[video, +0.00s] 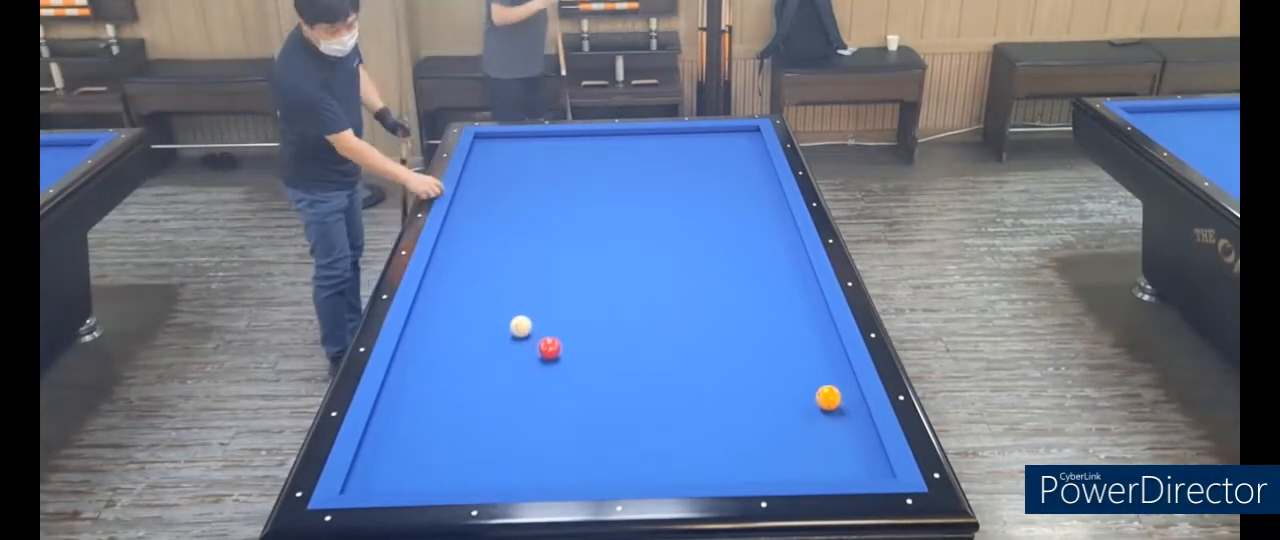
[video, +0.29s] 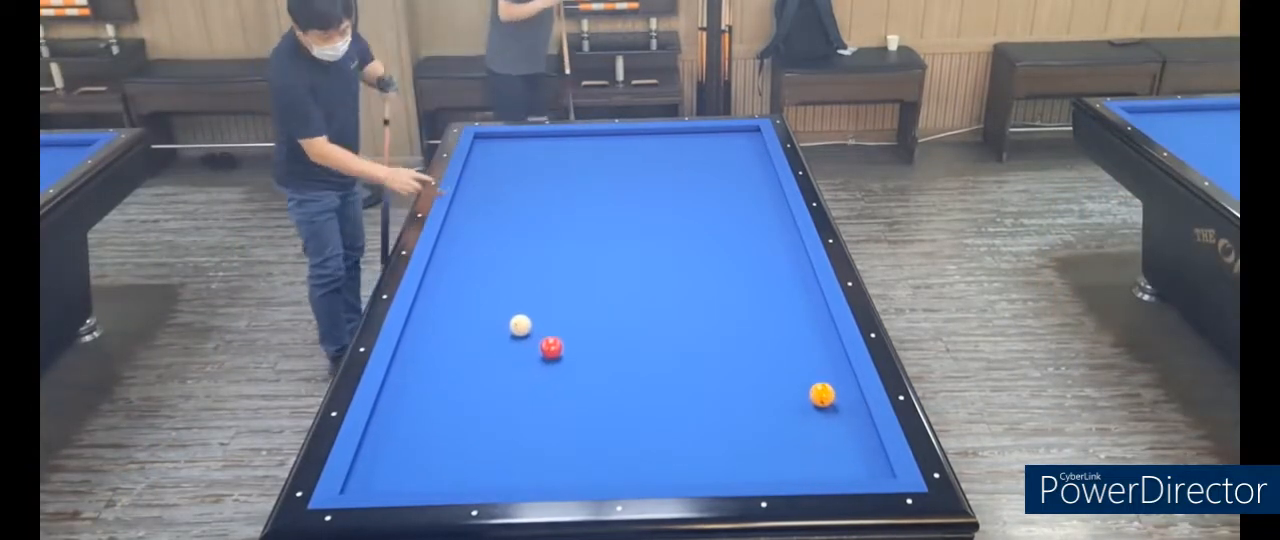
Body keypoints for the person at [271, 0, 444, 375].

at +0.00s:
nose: (344, 37)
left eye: (349, 26)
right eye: (332, 31)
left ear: (355, 14)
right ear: (307, 26)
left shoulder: (342, 37)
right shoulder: (297, 74)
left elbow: (356, 74)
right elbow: (347, 146)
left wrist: (383, 113)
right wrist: (408, 177)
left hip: (346, 177)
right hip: (316, 187)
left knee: (351, 257)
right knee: (332, 268)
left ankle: (354, 328)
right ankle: (338, 353)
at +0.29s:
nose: (338, 45)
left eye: (343, 34)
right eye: (326, 40)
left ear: (348, 18)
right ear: (300, 31)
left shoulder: (349, 36)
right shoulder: (288, 68)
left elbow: (366, 65)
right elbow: (316, 148)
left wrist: (381, 78)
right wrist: (385, 174)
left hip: (346, 177)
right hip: (309, 185)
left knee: (351, 258)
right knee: (327, 267)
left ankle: (353, 331)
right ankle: (338, 352)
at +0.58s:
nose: (313, 46)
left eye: (317, 36)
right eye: (301, 42)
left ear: (323, 19)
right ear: (276, 35)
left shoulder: (347, 36)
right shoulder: (255, 65)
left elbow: (401, 79)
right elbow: (234, 140)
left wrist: (391, 76)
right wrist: (278, 194)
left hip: (351, 182)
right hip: (300, 193)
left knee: (363, 262)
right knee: (313, 275)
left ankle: (351, 333)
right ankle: (333, 352)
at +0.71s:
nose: (308, 60)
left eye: (312, 50)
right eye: (295, 56)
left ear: (317, 34)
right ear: (270, 50)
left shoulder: (343, 53)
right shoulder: (250, 74)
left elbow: (390, 96)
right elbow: (221, 135)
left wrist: (401, 118)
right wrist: (259, 185)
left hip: (354, 185)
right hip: (298, 195)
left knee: (379, 260)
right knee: (310, 277)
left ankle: (363, 338)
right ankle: (332, 352)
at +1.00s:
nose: (324, 112)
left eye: (330, 104)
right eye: (313, 108)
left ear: (338, 85)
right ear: (287, 96)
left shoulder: (358, 97)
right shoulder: (260, 89)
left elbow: (404, 157)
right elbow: (237, 116)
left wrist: (411, 213)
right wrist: (256, 166)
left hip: (367, 186)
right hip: (309, 188)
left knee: (387, 267)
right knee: (313, 275)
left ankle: (416, 343)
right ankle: (331, 351)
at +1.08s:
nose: (327, 129)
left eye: (334, 121)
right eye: (317, 123)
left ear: (347, 102)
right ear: (296, 107)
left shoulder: (366, 107)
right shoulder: (275, 89)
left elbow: (409, 170)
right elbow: (242, 104)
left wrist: (421, 226)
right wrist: (258, 162)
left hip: (372, 190)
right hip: (315, 190)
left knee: (388, 268)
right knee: (316, 275)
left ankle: (412, 350)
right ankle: (332, 352)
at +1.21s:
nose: (348, 159)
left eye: (355, 150)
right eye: (338, 152)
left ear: (366, 131)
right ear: (317, 136)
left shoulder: (382, 130)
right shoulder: (297, 105)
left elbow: (420, 192)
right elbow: (262, 97)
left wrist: (440, 252)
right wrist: (274, 157)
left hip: (385, 192)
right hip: (329, 189)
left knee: (395, 269)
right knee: (320, 266)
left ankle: (405, 349)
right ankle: (331, 345)